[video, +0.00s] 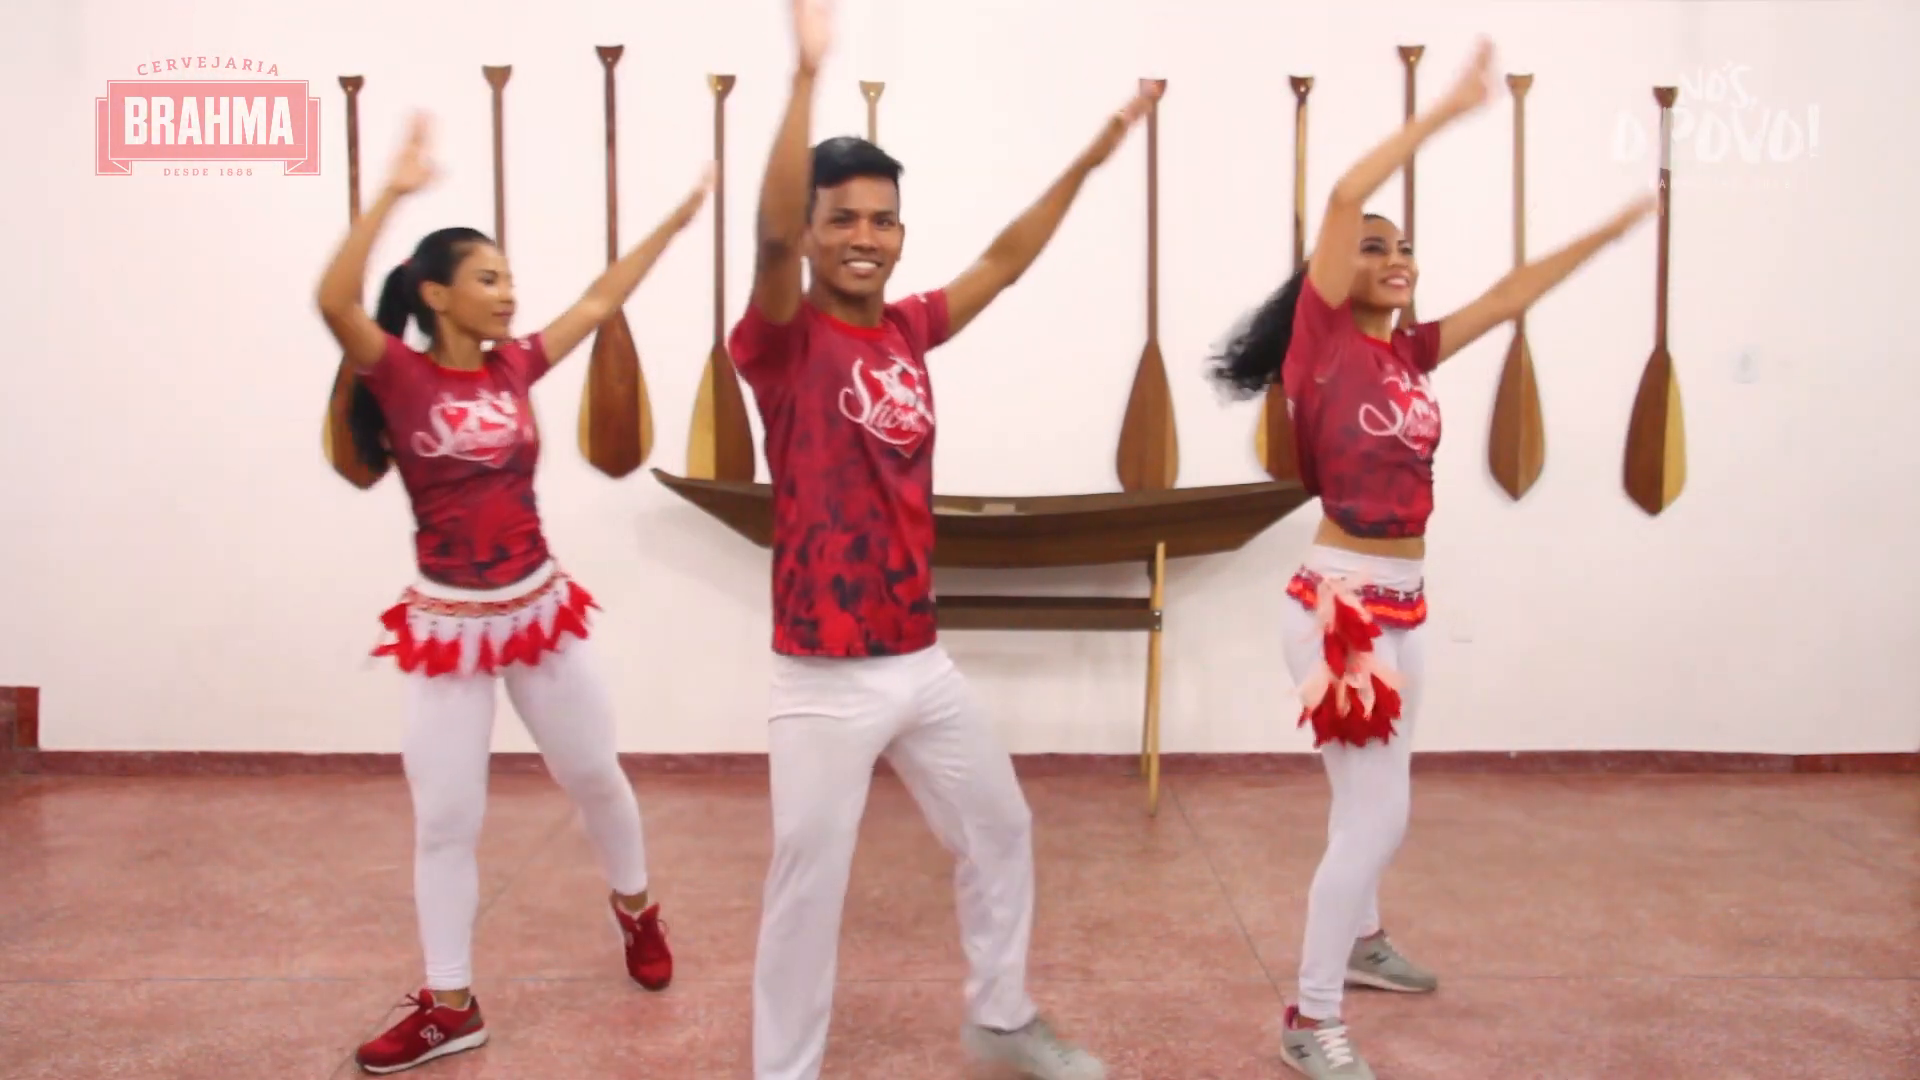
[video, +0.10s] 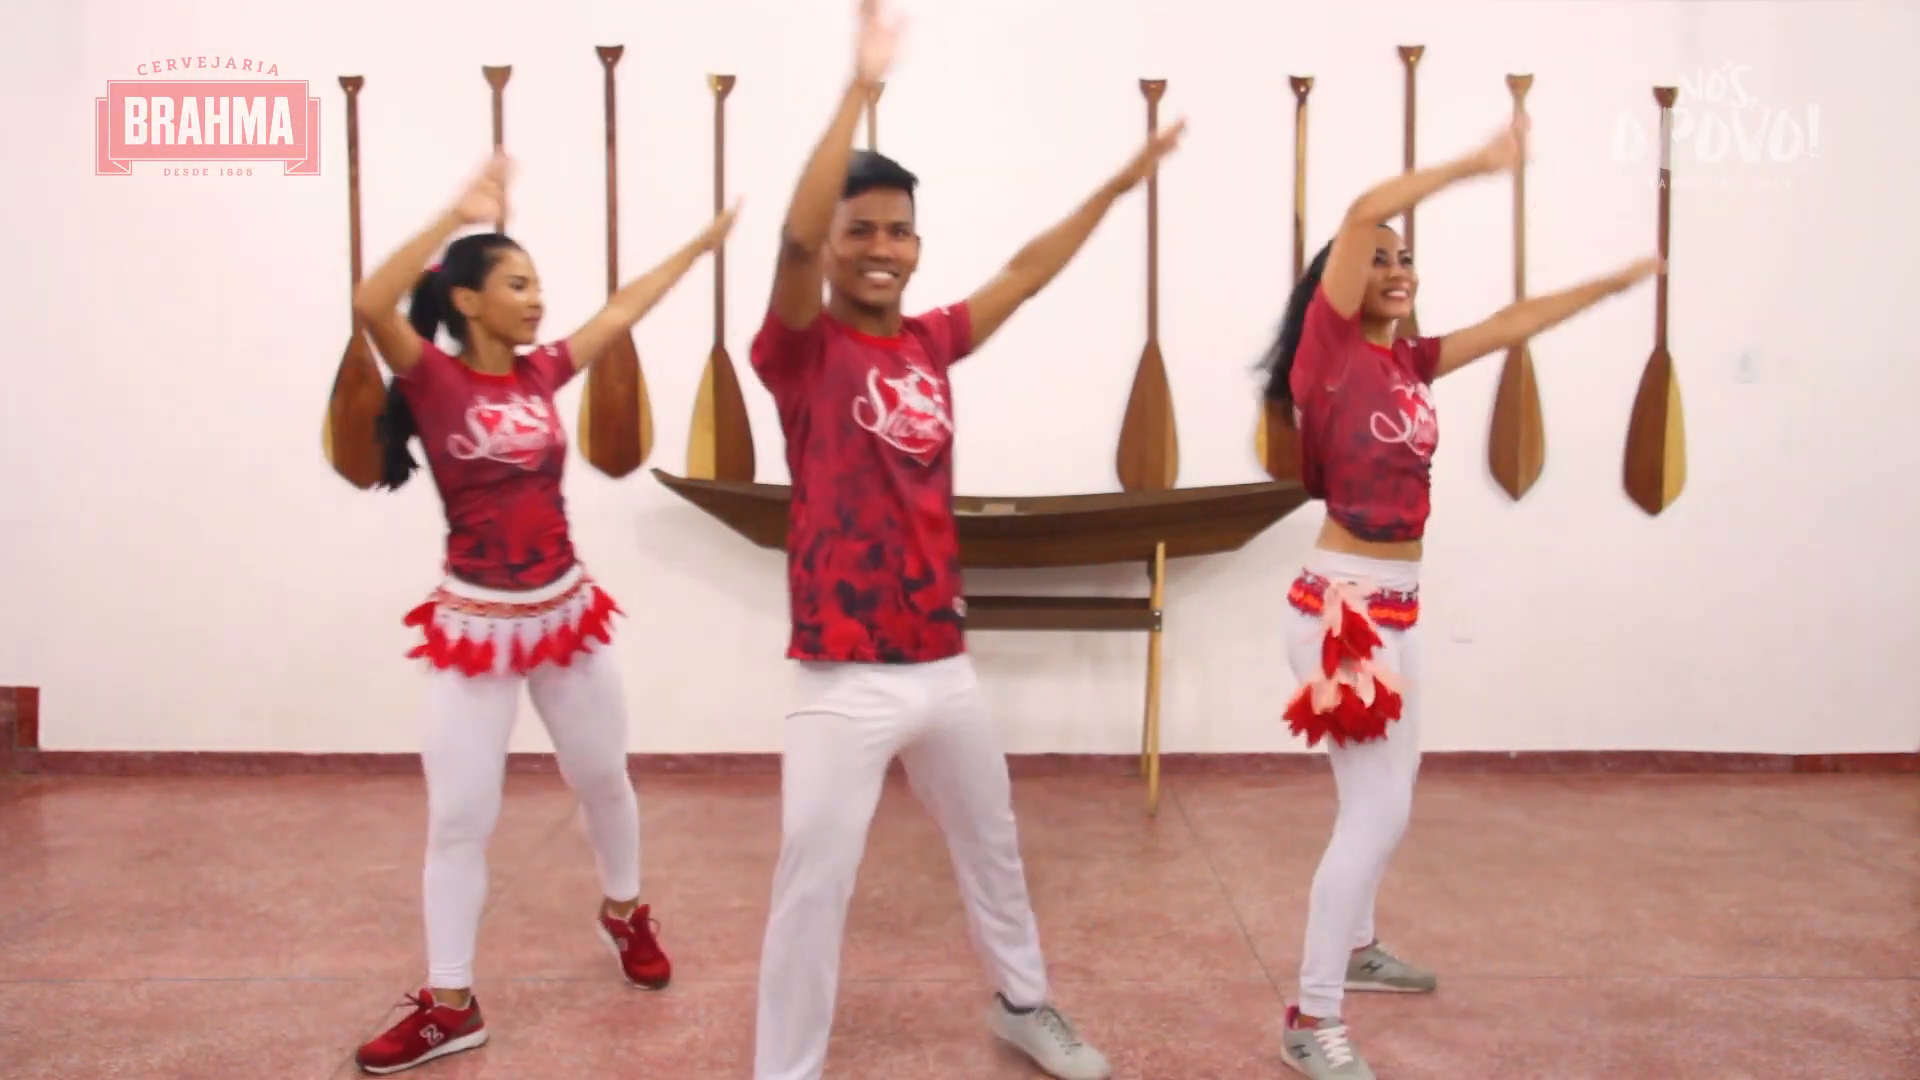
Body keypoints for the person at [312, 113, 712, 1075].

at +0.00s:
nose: (506, 290)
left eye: (505, 276)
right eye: (486, 278)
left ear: (498, 293)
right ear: (433, 295)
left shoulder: (514, 367)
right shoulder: (399, 377)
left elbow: (603, 298)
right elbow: (335, 302)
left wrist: (677, 219)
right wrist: (389, 193)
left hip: (539, 615)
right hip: (448, 628)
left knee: (596, 779)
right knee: (444, 820)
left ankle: (636, 906)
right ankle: (449, 1000)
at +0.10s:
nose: (535, 297)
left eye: (533, 285)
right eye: (517, 286)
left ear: (526, 298)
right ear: (466, 299)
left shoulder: (545, 369)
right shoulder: (435, 382)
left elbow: (626, 307)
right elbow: (373, 305)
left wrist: (701, 244)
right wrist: (453, 213)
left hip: (567, 621)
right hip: (473, 630)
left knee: (605, 781)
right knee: (458, 819)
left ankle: (626, 912)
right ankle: (448, 1000)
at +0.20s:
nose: (566, 304)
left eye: (567, 291)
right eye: (548, 292)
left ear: (564, 302)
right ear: (500, 307)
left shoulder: (579, 377)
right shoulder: (467, 386)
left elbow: (648, 324)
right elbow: (410, 314)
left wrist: (723, 266)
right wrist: (508, 243)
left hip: (595, 624)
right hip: (502, 629)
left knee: (615, 786)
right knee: (474, 814)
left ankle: (621, 921)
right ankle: (446, 998)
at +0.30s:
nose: (587, 310)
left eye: (592, 297)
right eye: (570, 298)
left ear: (599, 310)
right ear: (529, 313)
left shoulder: (612, 383)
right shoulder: (497, 388)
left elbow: (685, 336)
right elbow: (433, 324)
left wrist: (759, 288)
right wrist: (532, 274)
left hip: (616, 629)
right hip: (526, 634)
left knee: (628, 796)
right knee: (487, 815)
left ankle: (618, 926)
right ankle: (432, 991)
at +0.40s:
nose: (613, 316)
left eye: (615, 304)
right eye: (596, 303)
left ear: (616, 320)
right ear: (553, 321)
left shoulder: (631, 394)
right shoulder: (518, 389)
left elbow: (711, 351)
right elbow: (448, 324)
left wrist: (793, 310)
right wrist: (552, 290)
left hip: (631, 627)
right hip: (543, 630)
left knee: (638, 795)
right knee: (489, 804)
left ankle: (617, 929)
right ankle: (422, 981)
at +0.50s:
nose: (626, 304)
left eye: (630, 294)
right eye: (608, 292)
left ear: (635, 315)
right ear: (568, 316)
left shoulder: (647, 394)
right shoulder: (534, 385)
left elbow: (740, 355)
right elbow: (457, 313)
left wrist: (834, 316)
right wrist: (556, 288)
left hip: (638, 621)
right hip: (550, 620)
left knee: (644, 787)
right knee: (494, 782)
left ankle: (618, 927)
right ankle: (441, 956)